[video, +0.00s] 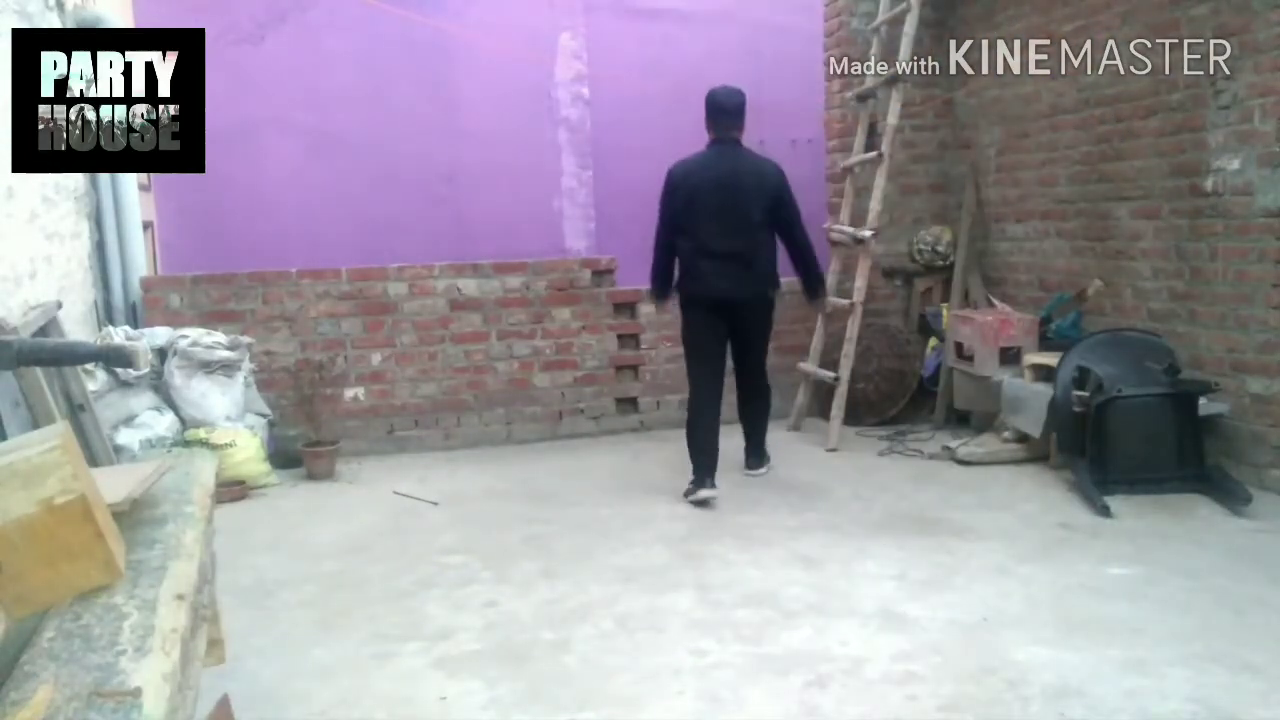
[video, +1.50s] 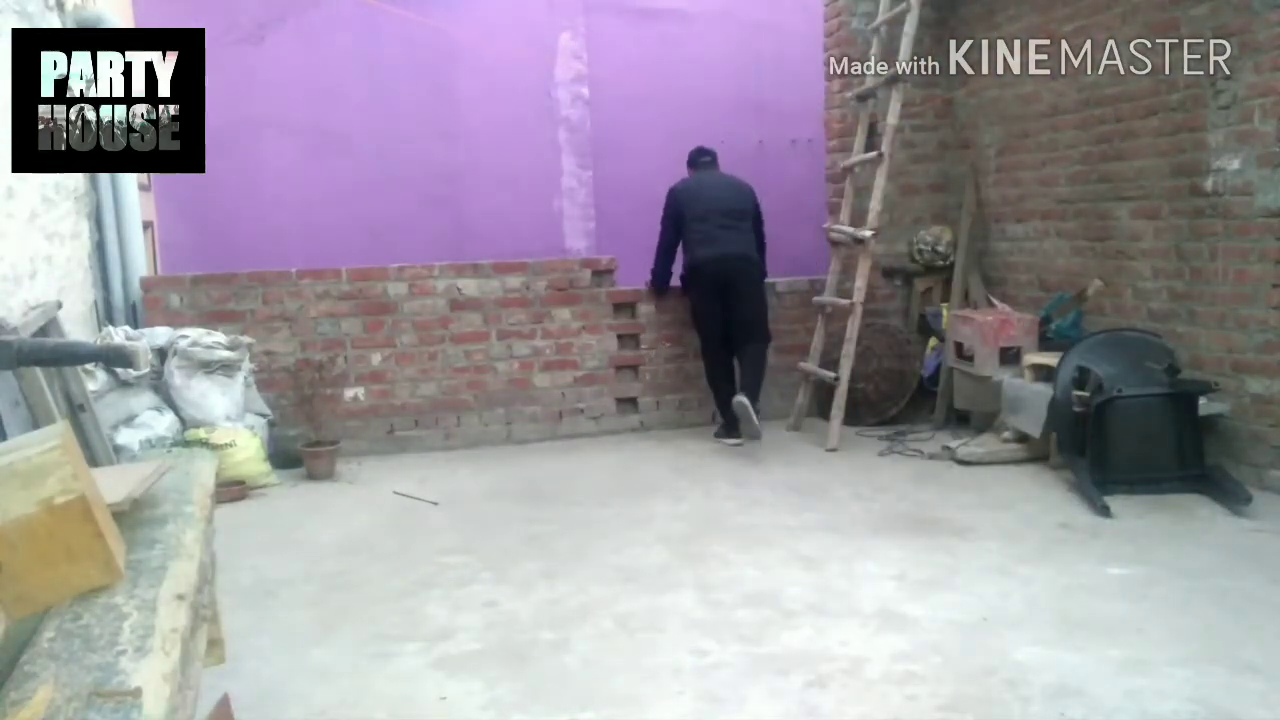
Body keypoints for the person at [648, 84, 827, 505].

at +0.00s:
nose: (722, 125)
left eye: (715, 116)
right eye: (734, 118)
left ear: (707, 121)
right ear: (743, 121)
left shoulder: (683, 174)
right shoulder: (767, 173)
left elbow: (666, 236)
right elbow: (794, 235)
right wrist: (814, 282)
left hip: (701, 297)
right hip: (754, 296)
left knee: (703, 383)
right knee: (753, 371)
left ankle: (703, 478)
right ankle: (755, 456)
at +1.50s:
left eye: (694, 167)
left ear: (690, 168)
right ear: (717, 165)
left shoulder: (680, 191)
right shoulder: (743, 187)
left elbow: (668, 241)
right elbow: (758, 235)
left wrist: (659, 282)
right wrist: (758, 270)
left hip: (703, 276)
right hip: (745, 272)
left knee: (715, 347)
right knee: (754, 338)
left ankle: (730, 425)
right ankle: (747, 397)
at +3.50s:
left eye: (679, 174)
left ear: (681, 171)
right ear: (706, 166)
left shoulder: (674, 189)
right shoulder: (734, 185)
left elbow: (666, 239)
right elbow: (748, 232)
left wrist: (659, 282)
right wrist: (757, 269)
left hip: (698, 271)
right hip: (739, 268)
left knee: (711, 342)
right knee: (750, 332)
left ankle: (729, 422)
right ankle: (723, 362)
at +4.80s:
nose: (688, 173)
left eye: (685, 168)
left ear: (684, 168)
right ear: (709, 164)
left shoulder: (676, 189)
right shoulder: (735, 185)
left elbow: (667, 238)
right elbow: (749, 231)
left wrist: (660, 280)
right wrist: (757, 270)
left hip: (697, 272)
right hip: (737, 269)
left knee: (711, 344)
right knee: (750, 332)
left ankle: (729, 423)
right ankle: (726, 367)